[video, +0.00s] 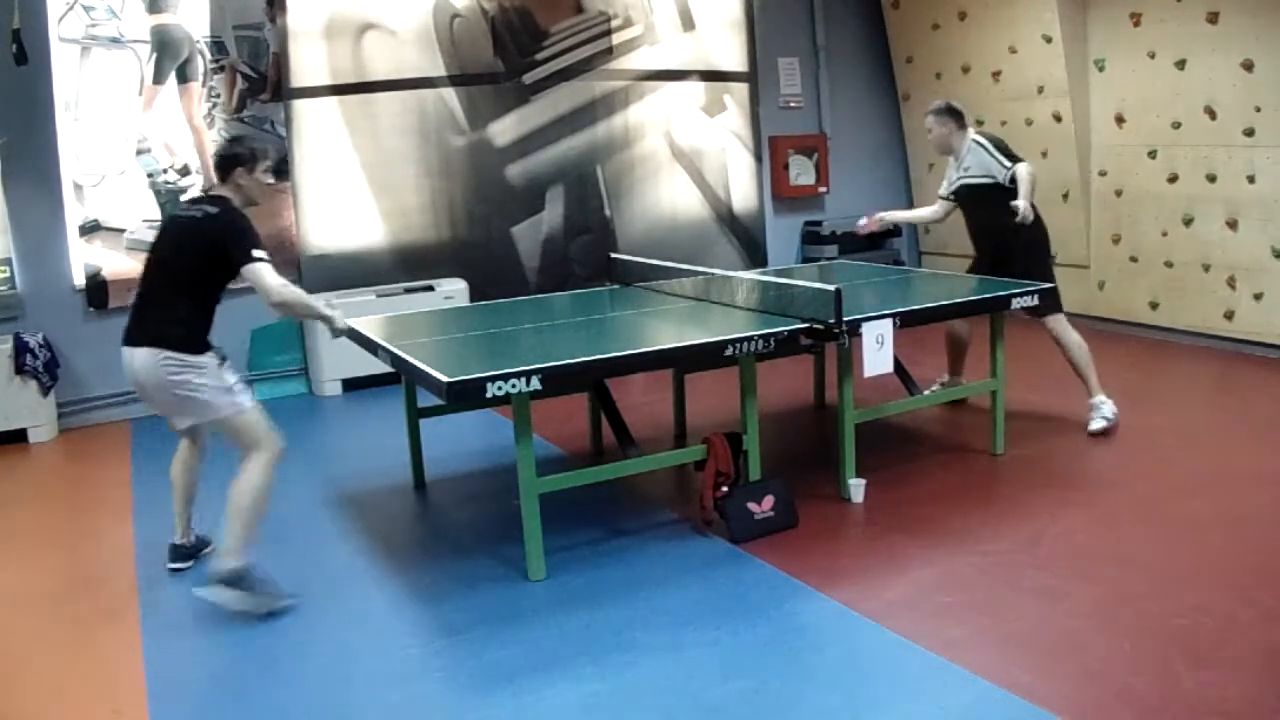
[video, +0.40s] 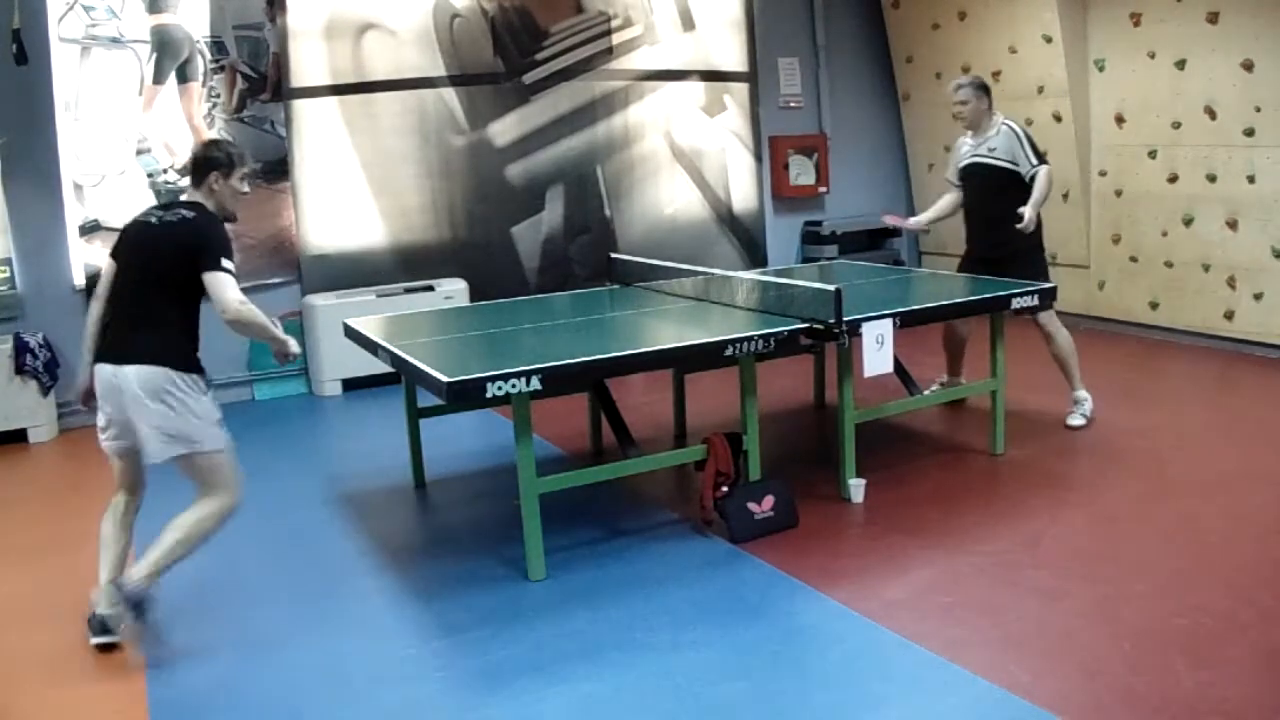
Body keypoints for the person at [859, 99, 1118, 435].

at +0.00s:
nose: (929, 139)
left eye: (931, 131)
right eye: (928, 132)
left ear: (951, 128)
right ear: (946, 130)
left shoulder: (983, 144)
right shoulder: (957, 162)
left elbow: (1023, 170)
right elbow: (938, 212)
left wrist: (1024, 199)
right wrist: (886, 217)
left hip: (1025, 251)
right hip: (991, 254)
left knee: (1053, 321)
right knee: (956, 314)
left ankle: (1100, 400)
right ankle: (953, 381)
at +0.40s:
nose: (957, 111)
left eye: (963, 104)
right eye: (954, 105)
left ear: (985, 102)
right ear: (956, 108)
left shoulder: (1010, 133)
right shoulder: (963, 145)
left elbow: (1043, 171)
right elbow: (957, 194)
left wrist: (1033, 206)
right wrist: (920, 221)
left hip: (1020, 249)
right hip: (979, 250)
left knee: (1046, 320)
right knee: (954, 319)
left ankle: (1080, 396)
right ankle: (953, 382)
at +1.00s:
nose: (985, 113)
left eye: (990, 106)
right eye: (982, 107)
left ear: (1012, 104)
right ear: (983, 111)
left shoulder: (1040, 135)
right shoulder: (993, 145)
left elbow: (1074, 177)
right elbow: (994, 190)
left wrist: (1065, 225)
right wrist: (968, 217)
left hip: (1057, 240)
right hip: (1020, 241)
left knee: (1079, 315)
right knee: (1001, 309)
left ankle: (1112, 394)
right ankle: (1002, 377)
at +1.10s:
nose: (979, 121)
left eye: (984, 114)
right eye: (978, 116)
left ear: (1006, 110)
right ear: (990, 116)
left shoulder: (1035, 137)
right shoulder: (999, 148)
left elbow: (1069, 181)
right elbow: (1009, 196)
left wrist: (1052, 229)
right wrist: (981, 226)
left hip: (1062, 239)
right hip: (1027, 240)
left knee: (1079, 318)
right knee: (1000, 307)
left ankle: (1112, 396)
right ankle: (1000, 376)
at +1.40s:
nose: (972, 148)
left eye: (971, 141)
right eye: (969, 142)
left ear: (985, 134)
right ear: (987, 134)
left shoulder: (1013, 147)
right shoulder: (1005, 152)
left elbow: (1039, 182)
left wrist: (1032, 222)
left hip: (1050, 244)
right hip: (1029, 245)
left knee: (1062, 325)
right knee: (987, 305)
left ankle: (1112, 396)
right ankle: (999, 375)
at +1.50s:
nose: (981, 130)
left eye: (983, 123)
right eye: (978, 124)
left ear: (1000, 117)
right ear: (995, 119)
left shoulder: (1028, 138)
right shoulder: (1003, 147)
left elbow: (1048, 175)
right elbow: (983, 172)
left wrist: (1033, 213)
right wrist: (939, 158)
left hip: (1051, 237)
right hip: (1023, 237)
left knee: (1068, 314)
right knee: (992, 303)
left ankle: (1107, 391)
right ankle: (999, 375)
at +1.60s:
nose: (998, 105)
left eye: (1000, 98)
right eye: (995, 100)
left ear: (1018, 92)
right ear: (1004, 97)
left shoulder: (1042, 121)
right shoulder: (1014, 124)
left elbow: (1067, 167)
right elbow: (997, 141)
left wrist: (1056, 208)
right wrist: (960, 132)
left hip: (1054, 224)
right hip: (1024, 225)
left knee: (1074, 300)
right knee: (1012, 302)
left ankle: (1105, 372)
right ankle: (996, 366)